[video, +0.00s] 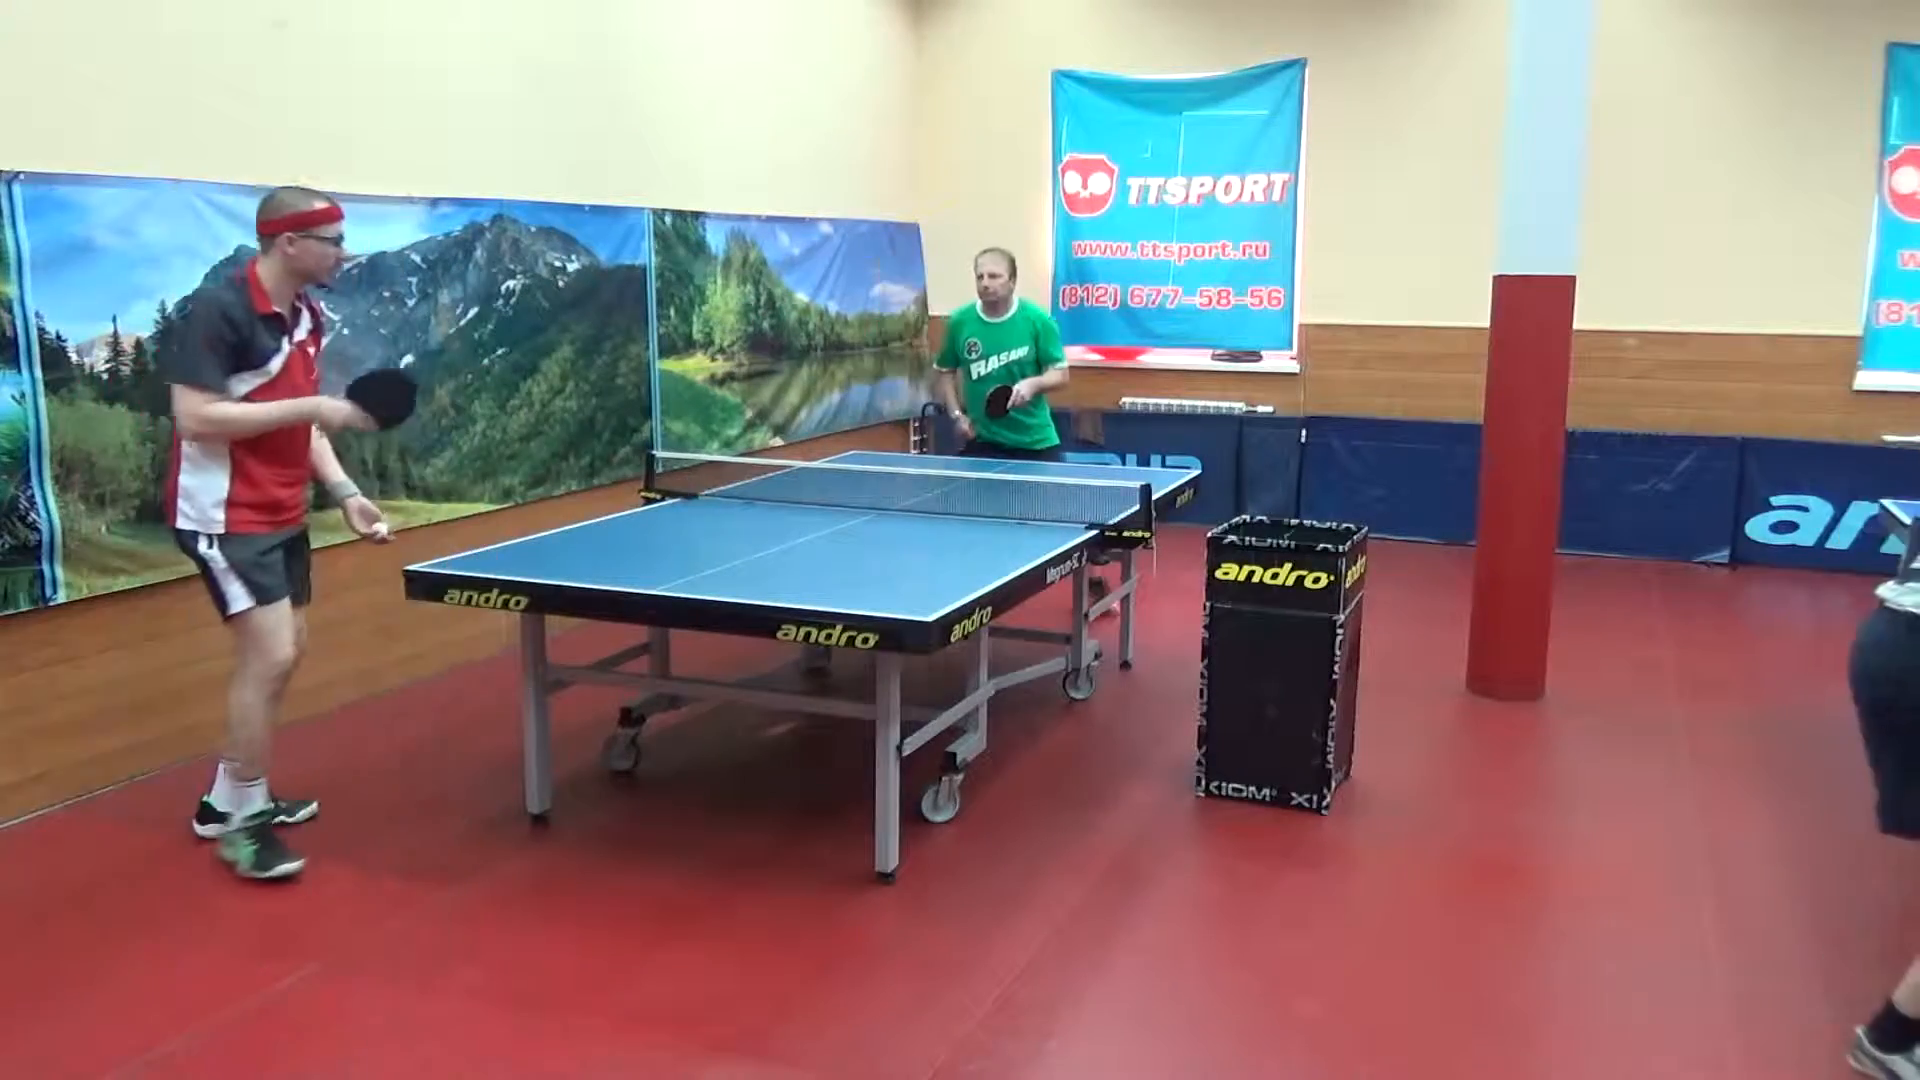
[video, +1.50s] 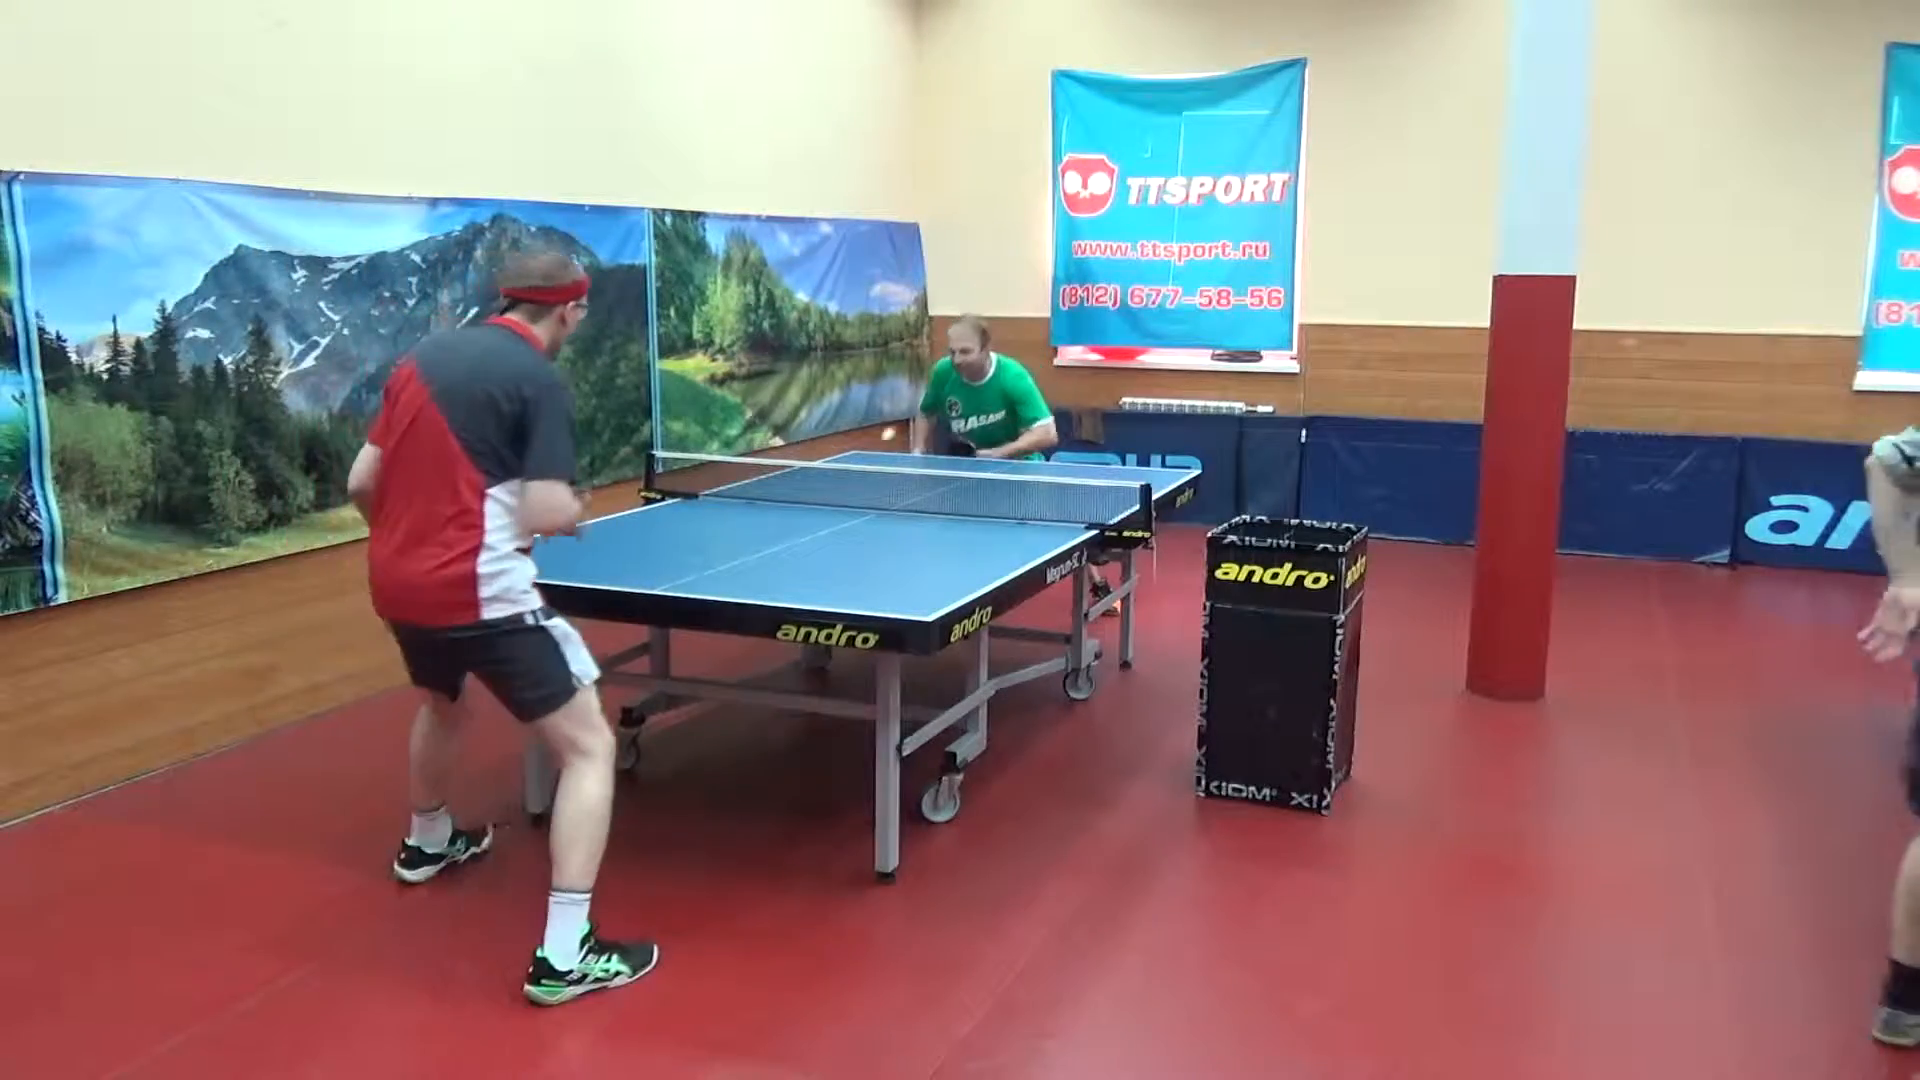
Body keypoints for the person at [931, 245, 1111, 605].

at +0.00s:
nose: (987, 284)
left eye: (995, 277)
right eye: (981, 277)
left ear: (1013, 281)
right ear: (975, 281)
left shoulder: (1037, 321)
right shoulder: (960, 322)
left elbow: (1060, 374)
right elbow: (945, 372)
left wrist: (1032, 384)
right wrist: (956, 414)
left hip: (1036, 438)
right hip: (984, 439)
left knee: (1063, 505)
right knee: (969, 512)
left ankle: (1089, 575)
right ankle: (969, 586)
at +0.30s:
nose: (1016, 308)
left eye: (1024, 301)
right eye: (1011, 301)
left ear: (1043, 304)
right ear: (1005, 303)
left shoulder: (1063, 343)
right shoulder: (990, 338)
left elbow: (1075, 407)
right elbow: (978, 381)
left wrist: (1040, 400)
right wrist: (988, 419)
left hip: (1053, 450)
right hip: (1004, 449)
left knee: (1074, 517)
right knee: (992, 519)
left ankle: (1098, 583)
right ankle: (985, 590)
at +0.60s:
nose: (990, 320)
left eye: (998, 313)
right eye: (985, 312)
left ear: (1014, 316)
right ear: (978, 315)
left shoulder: (1037, 351)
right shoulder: (960, 349)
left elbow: (1045, 415)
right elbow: (948, 395)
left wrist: (1013, 415)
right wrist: (962, 433)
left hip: (1035, 452)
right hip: (985, 454)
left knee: (1070, 513)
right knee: (972, 521)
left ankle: (1100, 585)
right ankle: (968, 597)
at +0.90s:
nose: (992, 319)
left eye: (1000, 312)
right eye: (986, 312)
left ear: (1017, 315)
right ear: (979, 313)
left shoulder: (1039, 350)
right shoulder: (963, 348)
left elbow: (1049, 412)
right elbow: (951, 394)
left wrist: (1017, 412)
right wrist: (960, 431)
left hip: (1037, 451)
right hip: (986, 452)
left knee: (1069, 513)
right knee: (973, 519)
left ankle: (1099, 584)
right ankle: (968, 594)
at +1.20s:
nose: (995, 313)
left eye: (1003, 306)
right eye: (989, 306)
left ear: (1020, 308)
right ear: (982, 307)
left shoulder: (1041, 345)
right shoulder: (965, 342)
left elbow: (1057, 405)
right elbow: (950, 388)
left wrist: (1018, 411)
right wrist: (959, 427)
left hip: (1035, 448)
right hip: (985, 449)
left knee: (1068, 512)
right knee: (975, 519)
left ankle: (1099, 584)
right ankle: (970, 594)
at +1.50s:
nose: (958, 359)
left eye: (965, 352)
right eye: (953, 352)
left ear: (986, 349)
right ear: (948, 349)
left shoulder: (1013, 376)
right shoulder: (942, 373)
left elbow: (1047, 434)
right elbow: (924, 415)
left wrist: (995, 453)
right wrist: (918, 456)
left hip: (1019, 466)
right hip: (968, 469)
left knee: (1052, 520)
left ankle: (1097, 584)